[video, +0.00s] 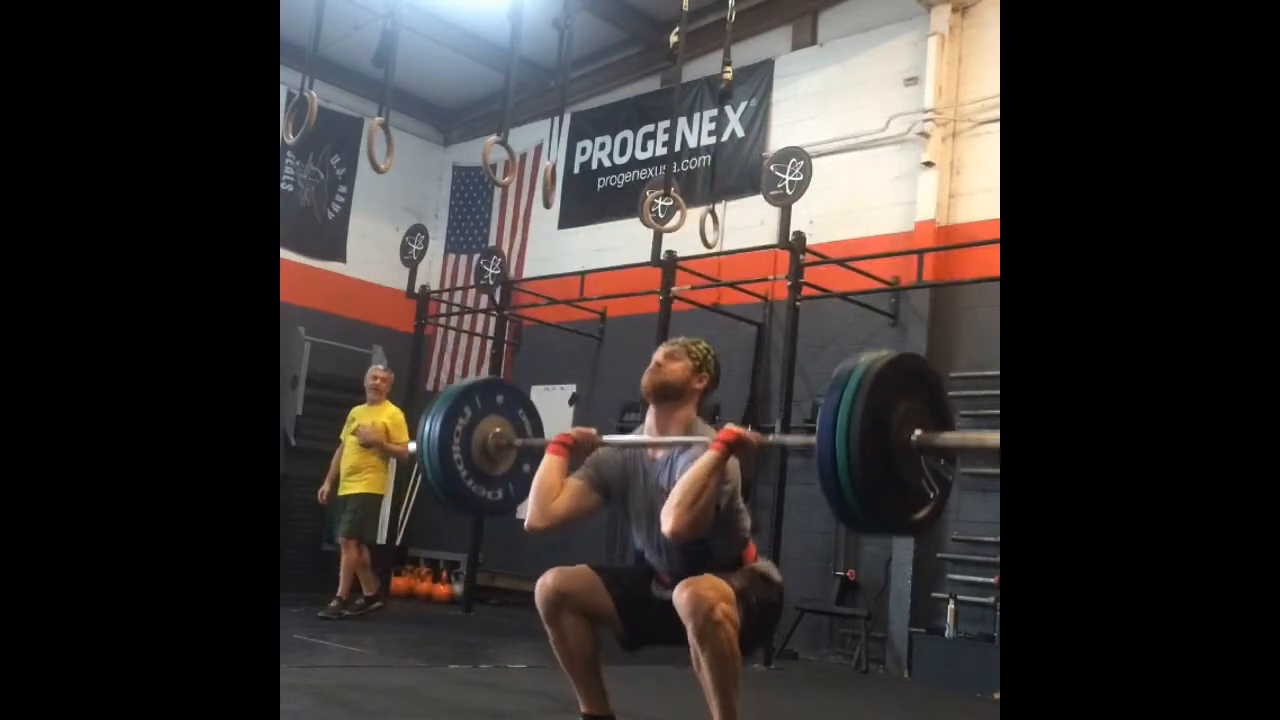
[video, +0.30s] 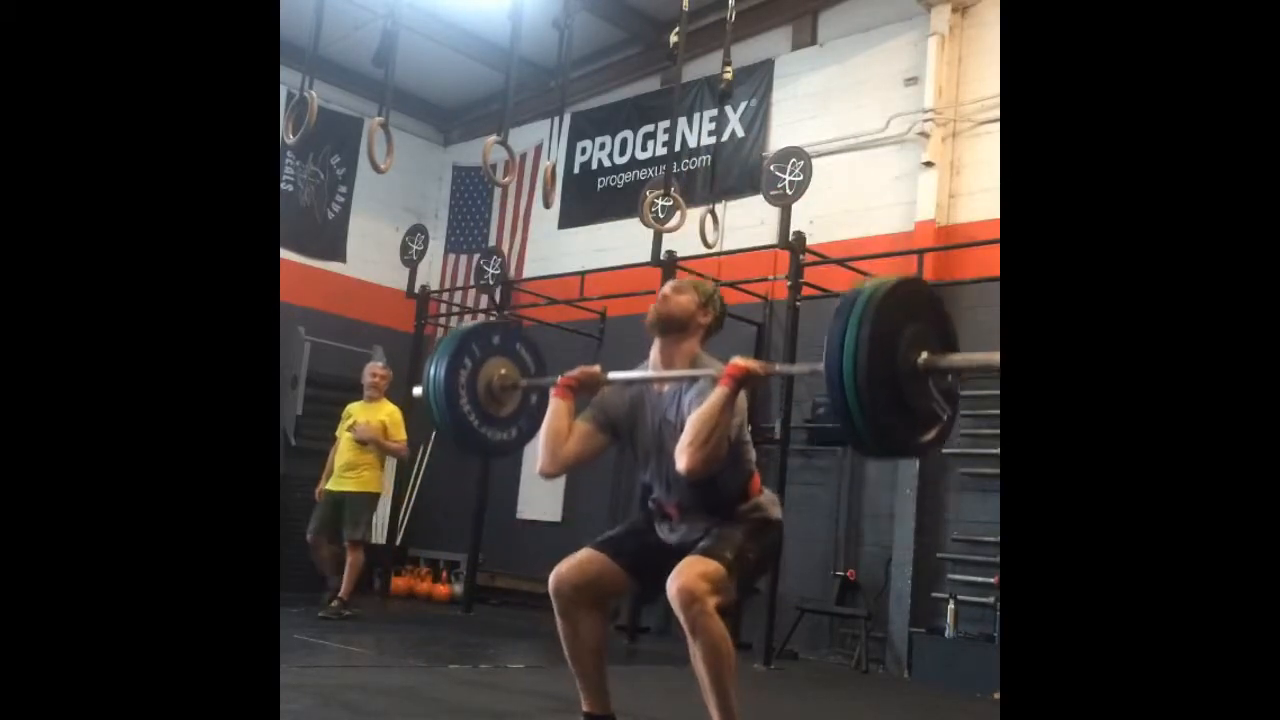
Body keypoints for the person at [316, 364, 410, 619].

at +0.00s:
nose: (377, 383)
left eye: (382, 380)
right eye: (373, 378)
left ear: (389, 385)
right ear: (365, 382)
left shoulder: (394, 415)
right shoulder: (355, 412)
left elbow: (404, 452)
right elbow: (342, 448)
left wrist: (378, 441)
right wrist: (329, 480)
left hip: (370, 486)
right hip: (347, 485)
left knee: (348, 539)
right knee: (354, 543)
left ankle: (341, 597)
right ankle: (372, 593)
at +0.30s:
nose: (376, 381)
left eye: (382, 377)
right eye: (372, 375)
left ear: (388, 382)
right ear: (362, 378)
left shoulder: (391, 412)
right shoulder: (351, 409)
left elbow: (403, 451)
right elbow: (337, 446)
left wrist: (373, 438)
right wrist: (324, 479)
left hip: (365, 486)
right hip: (336, 483)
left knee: (354, 542)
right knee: (316, 536)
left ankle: (342, 599)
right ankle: (336, 585)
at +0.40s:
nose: (374, 380)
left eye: (379, 376)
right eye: (370, 374)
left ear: (385, 381)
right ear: (360, 377)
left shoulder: (390, 412)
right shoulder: (348, 408)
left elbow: (402, 450)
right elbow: (334, 446)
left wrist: (372, 438)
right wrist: (321, 478)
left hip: (364, 487)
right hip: (334, 483)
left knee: (355, 542)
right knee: (314, 536)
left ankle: (342, 600)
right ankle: (313, 593)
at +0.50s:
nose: (370, 379)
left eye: (376, 376)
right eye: (366, 374)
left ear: (383, 382)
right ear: (357, 378)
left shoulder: (389, 412)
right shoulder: (343, 408)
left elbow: (402, 451)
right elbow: (328, 445)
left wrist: (370, 439)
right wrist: (317, 479)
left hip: (363, 488)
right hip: (332, 484)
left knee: (355, 544)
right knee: (311, 539)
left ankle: (343, 600)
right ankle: (293, 595)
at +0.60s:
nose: (365, 378)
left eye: (371, 375)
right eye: (361, 373)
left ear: (379, 380)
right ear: (352, 377)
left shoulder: (386, 412)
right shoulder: (337, 408)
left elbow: (401, 451)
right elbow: (322, 444)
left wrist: (370, 439)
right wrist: (311, 479)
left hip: (363, 489)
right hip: (329, 485)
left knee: (355, 545)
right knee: (308, 540)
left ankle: (342, 600)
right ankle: (283, 593)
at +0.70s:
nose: (359, 377)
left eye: (365, 374)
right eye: (354, 372)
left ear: (373, 379)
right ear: (346, 376)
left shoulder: (383, 411)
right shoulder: (331, 408)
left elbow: (400, 449)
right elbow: (315, 445)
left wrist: (370, 440)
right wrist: (305, 479)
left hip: (362, 490)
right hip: (326, 486)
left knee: (354, 545)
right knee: (304, 538)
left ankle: (342, 600)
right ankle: (281, 591)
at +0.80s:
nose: (351, 377)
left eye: (357, 373)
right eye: (347, 372)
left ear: (364, 379)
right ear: (338, 375)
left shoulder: (376, 410)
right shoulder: (323, 407)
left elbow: (393, 446)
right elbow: (308, 446)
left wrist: (369, 440)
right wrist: (299, 481)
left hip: (357, 491)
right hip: (321, 488)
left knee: (352, 546)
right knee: (302, 540)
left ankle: (342, 599)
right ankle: (283, 595)